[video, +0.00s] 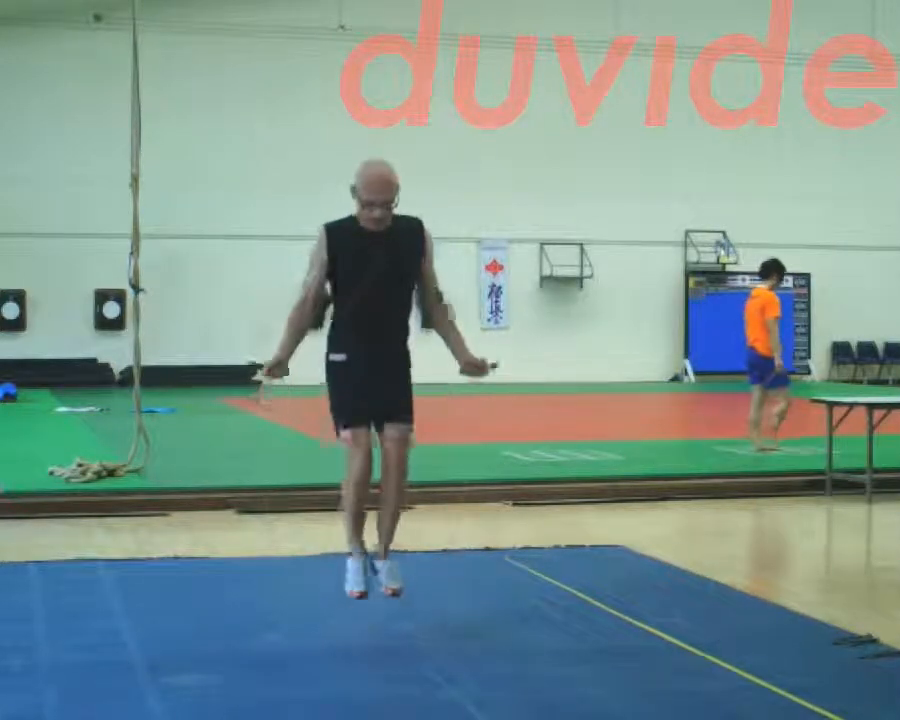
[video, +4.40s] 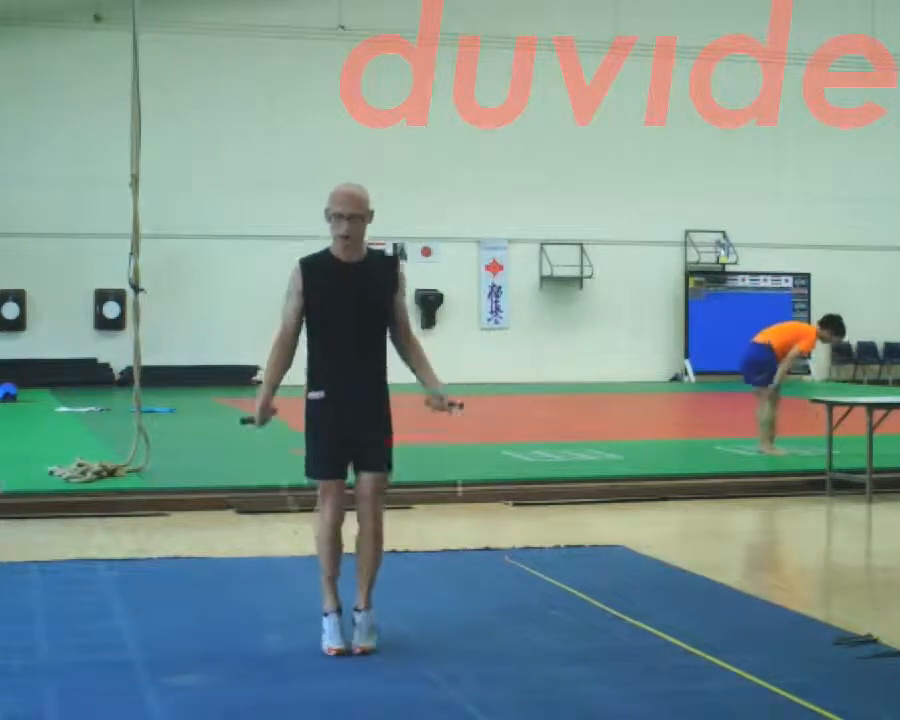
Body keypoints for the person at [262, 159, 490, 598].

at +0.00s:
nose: (379, 213)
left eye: (386, 205)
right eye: (370, 205)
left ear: (396, 198)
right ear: (355, 197)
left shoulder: (415, 235)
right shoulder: (332, 237)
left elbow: (433, 304)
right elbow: (309, 302)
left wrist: (464, 357)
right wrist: (282, 355)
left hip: (392, 354)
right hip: (347, 355)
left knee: (397, 446)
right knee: (359, 447)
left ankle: (384, 556)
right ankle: (355, 554)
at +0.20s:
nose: (376, 228)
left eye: (384, 220)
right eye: (367, 220)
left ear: (395, 214)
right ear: (352, 214)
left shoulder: (415, 255)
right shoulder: (332, 259)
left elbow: (435, 317)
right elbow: (307, 323)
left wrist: (469, 370)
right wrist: (276, 378)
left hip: (393, 374)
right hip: (347, 374)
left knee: (393, 473)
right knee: (364, 470)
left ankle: (384, 573)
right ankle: (359, 570)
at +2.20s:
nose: (373, 198)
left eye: (382, 190)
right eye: (364, 189)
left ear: (395, 192)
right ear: (353, 191)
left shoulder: (413, 242)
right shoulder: (332, 242)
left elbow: (425, 312)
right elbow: (313, 310)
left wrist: (454, 363)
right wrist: (287, 368)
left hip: (394, 369)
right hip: (349, 369)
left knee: (396, 466)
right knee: (353, 472)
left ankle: (388, 577)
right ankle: (351, 579)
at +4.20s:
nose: (347, 226)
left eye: (355, 218)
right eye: (339, 218)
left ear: (370, 218)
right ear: (327, 218)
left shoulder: (391, 268)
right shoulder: (308, 271)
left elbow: (409, 334)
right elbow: (293, 338)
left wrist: (445, 371)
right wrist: (272, 378)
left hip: (374, 396)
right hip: (326, 397)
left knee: (371, 502)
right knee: (339, 502)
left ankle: (361, 606)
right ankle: (334, 606)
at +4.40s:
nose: (344, 226)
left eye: (353, 218)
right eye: (336, 218)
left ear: (368, 220)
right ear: (326, 219)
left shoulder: (389, 272)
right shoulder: (307, 272)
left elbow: (404, 337)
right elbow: (286, 339)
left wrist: (433, 386)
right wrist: (265, 395)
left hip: (372, 400)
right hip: (325, 401)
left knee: (370, 501)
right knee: (332, 502)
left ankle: (364, 610)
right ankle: (331, 610)